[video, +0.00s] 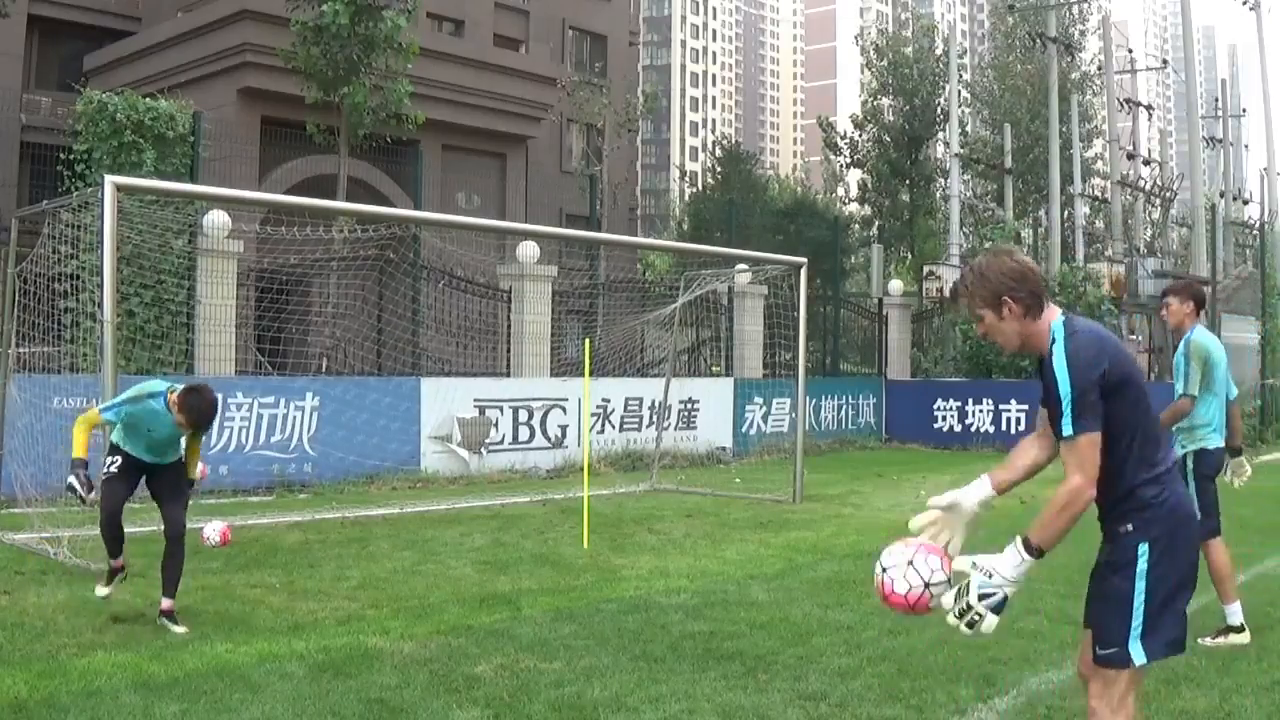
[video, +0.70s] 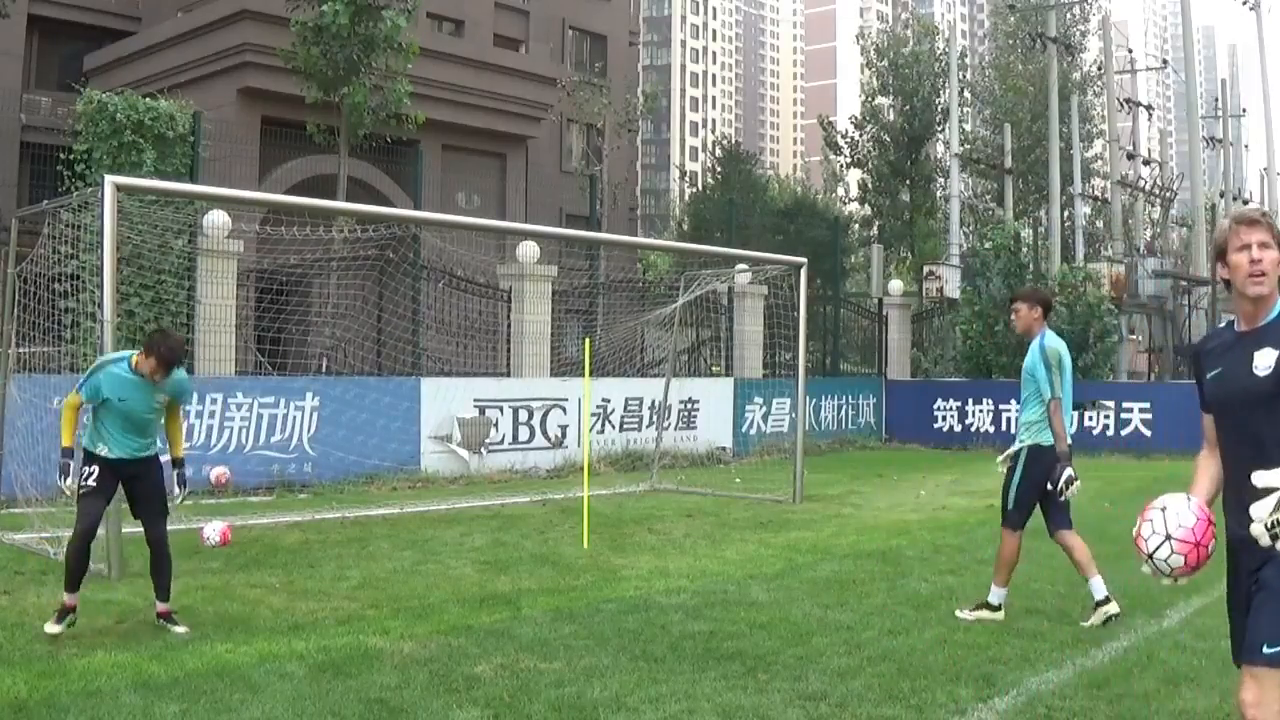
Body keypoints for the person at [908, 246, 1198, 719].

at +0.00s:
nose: (980, 332)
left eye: (980, 319)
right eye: (976, 321)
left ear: (1011, 307)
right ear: (1013, 306)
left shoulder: (1075, 354)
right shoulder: (1057, 348)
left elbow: (1082, 485)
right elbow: (1044, 440)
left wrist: (1012, 563)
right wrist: (974, 495)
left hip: (1150, 527)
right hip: (1131, 523)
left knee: (1109, 697)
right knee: (1093, 668)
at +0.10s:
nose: (1010, 315)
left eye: (1014, 302)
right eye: (1010, 303)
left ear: (1046, 307)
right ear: (1049, 307)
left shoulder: (1097, 369)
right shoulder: (1080, 363)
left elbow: (1039, 487)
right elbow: (1031, 450)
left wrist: (945, 517)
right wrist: (942, 478)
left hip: (1162, 540)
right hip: (1156, 534)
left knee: (1082, 696)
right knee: (1132, 687)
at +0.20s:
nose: (1039, 307)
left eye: (1048, 295)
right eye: (1040, 295)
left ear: (1082, 300)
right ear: (1079, 302)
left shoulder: (1120, 362)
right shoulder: (1106, 359)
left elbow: (1058, 476)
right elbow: (1052, 445)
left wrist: (960, 490)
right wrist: (964, 457)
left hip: (1164, 546)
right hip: (1175, 540)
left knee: (1077, 695)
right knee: (1161, 692)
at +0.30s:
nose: (1115, 287)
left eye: (1128, 273)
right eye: (1107, 278)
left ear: (1163, 280)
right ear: (1102, 286)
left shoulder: (1180, 352)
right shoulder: (1127, 352)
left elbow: (1142, 460)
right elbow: (1105, 445)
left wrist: (1040, 466)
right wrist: (1021, 459)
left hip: (1183, 542)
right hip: (1164, 539)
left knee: (1090, 695)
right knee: (1209, 691)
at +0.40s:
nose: (1166, 275)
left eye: (1176, 263)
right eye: (1154, 267)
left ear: (1200, 274)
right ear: (1141, 284)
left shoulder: (1219, 345)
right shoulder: (1147, 355)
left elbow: (1208, 451)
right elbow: (1139, 451)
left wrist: (1108, 459)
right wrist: (1074, 470)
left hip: (1209, 535)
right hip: (1173, 534)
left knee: (1133, 692)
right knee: (1225, 691)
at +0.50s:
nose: (1210, 270)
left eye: (1220, 259)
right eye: (1197, 262)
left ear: (1238, 271)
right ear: (1180, 278)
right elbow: (1171, 448)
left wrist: (1211, 460)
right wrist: (1126, 497)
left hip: (1256, 524)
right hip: (1203, 529)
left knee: (1191, 697)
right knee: (1247, 684)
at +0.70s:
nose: (1257, 258)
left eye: (1265, 247)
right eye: (1242, 250)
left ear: (1279, 259)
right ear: (1224, 269)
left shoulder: (1279, 333)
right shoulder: (1210, 350)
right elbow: (1212, 448)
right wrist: (1190, 516)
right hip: (1245, 544)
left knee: (1257, 700)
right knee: (1261, 694)